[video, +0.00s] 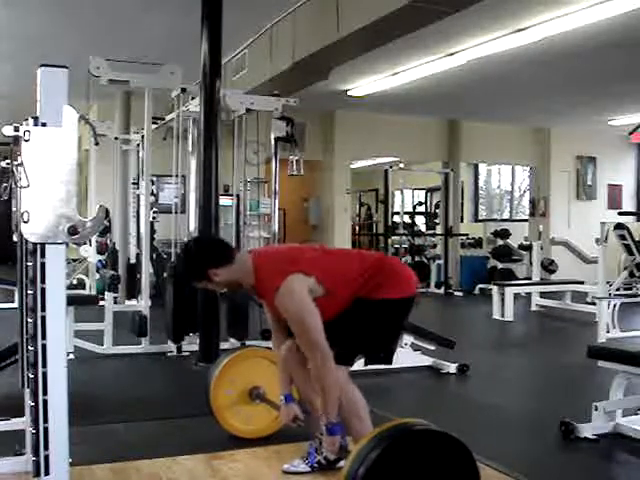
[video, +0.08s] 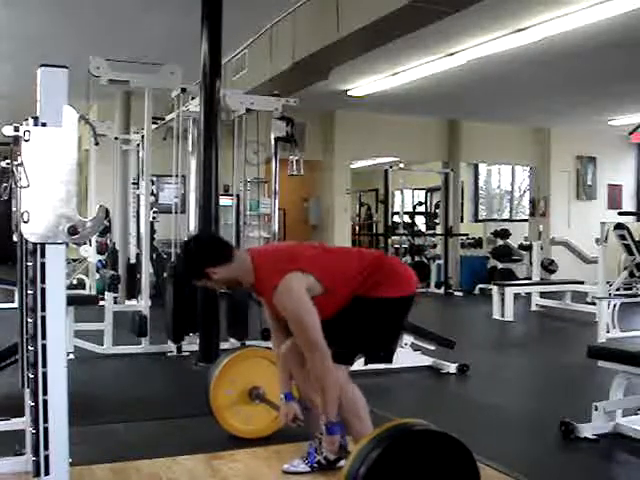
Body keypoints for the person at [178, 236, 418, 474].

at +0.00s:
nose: (216, 291)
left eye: (209, 286)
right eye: (210, 288)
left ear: (215, 275)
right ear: (220, 266)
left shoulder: (285, 284)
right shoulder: (260, 273)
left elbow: (322, 359)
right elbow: (282, 335)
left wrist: (332, 426)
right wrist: (287, 396)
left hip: (389, 287)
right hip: (360, 289)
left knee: (332, 370)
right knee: (293, 358)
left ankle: (372, 456)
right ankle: (327, 448)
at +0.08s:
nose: (215, 289)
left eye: (209, 284)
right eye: (209, 286)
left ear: (213, 274)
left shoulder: (282, 282)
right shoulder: (260, 271)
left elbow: (321, 356)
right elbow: (281, 333)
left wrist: (331, 425)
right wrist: (287, 395)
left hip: (388, 286)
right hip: (360, 287)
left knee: (330, 369)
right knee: (293, 356)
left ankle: (371, 455)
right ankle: (327, 449)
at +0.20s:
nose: (208, 268)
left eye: (204, 261)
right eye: (202, 263)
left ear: (212, 250)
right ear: (222, 236)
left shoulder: (279, 264)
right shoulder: (260, 254)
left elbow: (309, 336)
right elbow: (281, 321)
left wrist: (323, 416)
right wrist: (287, 380)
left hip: (387, 278)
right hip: (359, 279)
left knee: (336, 362)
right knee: (313, 357)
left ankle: (372, 453)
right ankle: (330, 446)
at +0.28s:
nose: (211, 246)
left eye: (206, 237)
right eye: (204, 241)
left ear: (214, 224)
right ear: (224, 214)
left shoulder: (277, 240)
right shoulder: (260, 235)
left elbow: (311, 312)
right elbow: (287, 301)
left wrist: (312, 386)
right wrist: (289, 356)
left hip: (385, 271)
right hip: (352, 275)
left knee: (341, 363)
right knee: (317, 357)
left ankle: (376, 451)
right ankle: (329, 443)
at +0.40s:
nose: (213, 206)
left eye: (210, 196)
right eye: (207, 200)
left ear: (221, 183)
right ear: (223, 183)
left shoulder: (280, 207)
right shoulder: (262, 207)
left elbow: (318, 273)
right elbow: (295, 269)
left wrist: (301, 341)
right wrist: (297, 331)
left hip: (383, 265)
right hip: (347, 271)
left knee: (349, 360)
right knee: (317, 350)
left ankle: (375, 451)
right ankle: (331, 444)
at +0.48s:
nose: (215, 188)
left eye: (212, 178)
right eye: (210, 182)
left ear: (227, 163)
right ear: (231, 163)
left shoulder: (284, 189)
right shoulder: (267, 196)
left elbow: (321, 255)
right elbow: (296, 255)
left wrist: (295, 321)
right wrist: (301, 305)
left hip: (376, 263)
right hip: (342, 267)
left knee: (352, 359)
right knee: (318, 347)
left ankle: (374, 450)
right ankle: (332, 444)